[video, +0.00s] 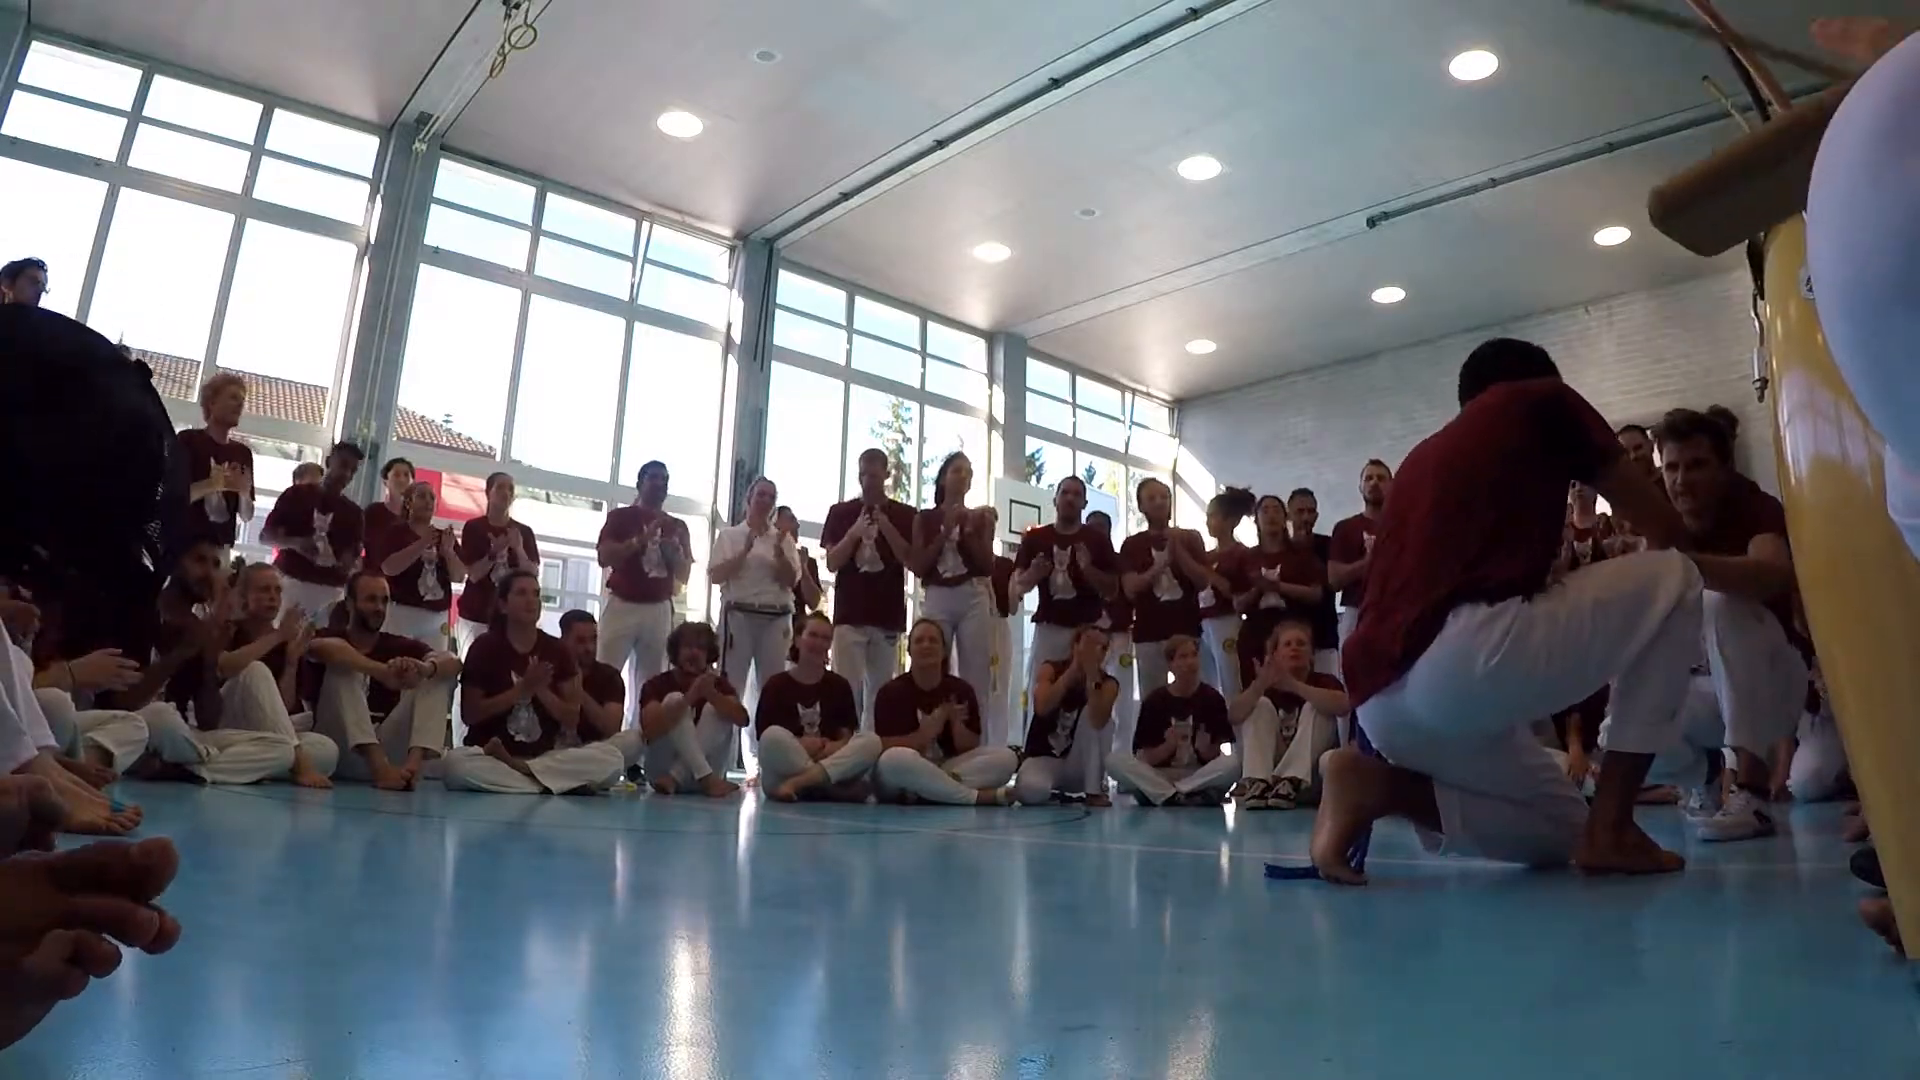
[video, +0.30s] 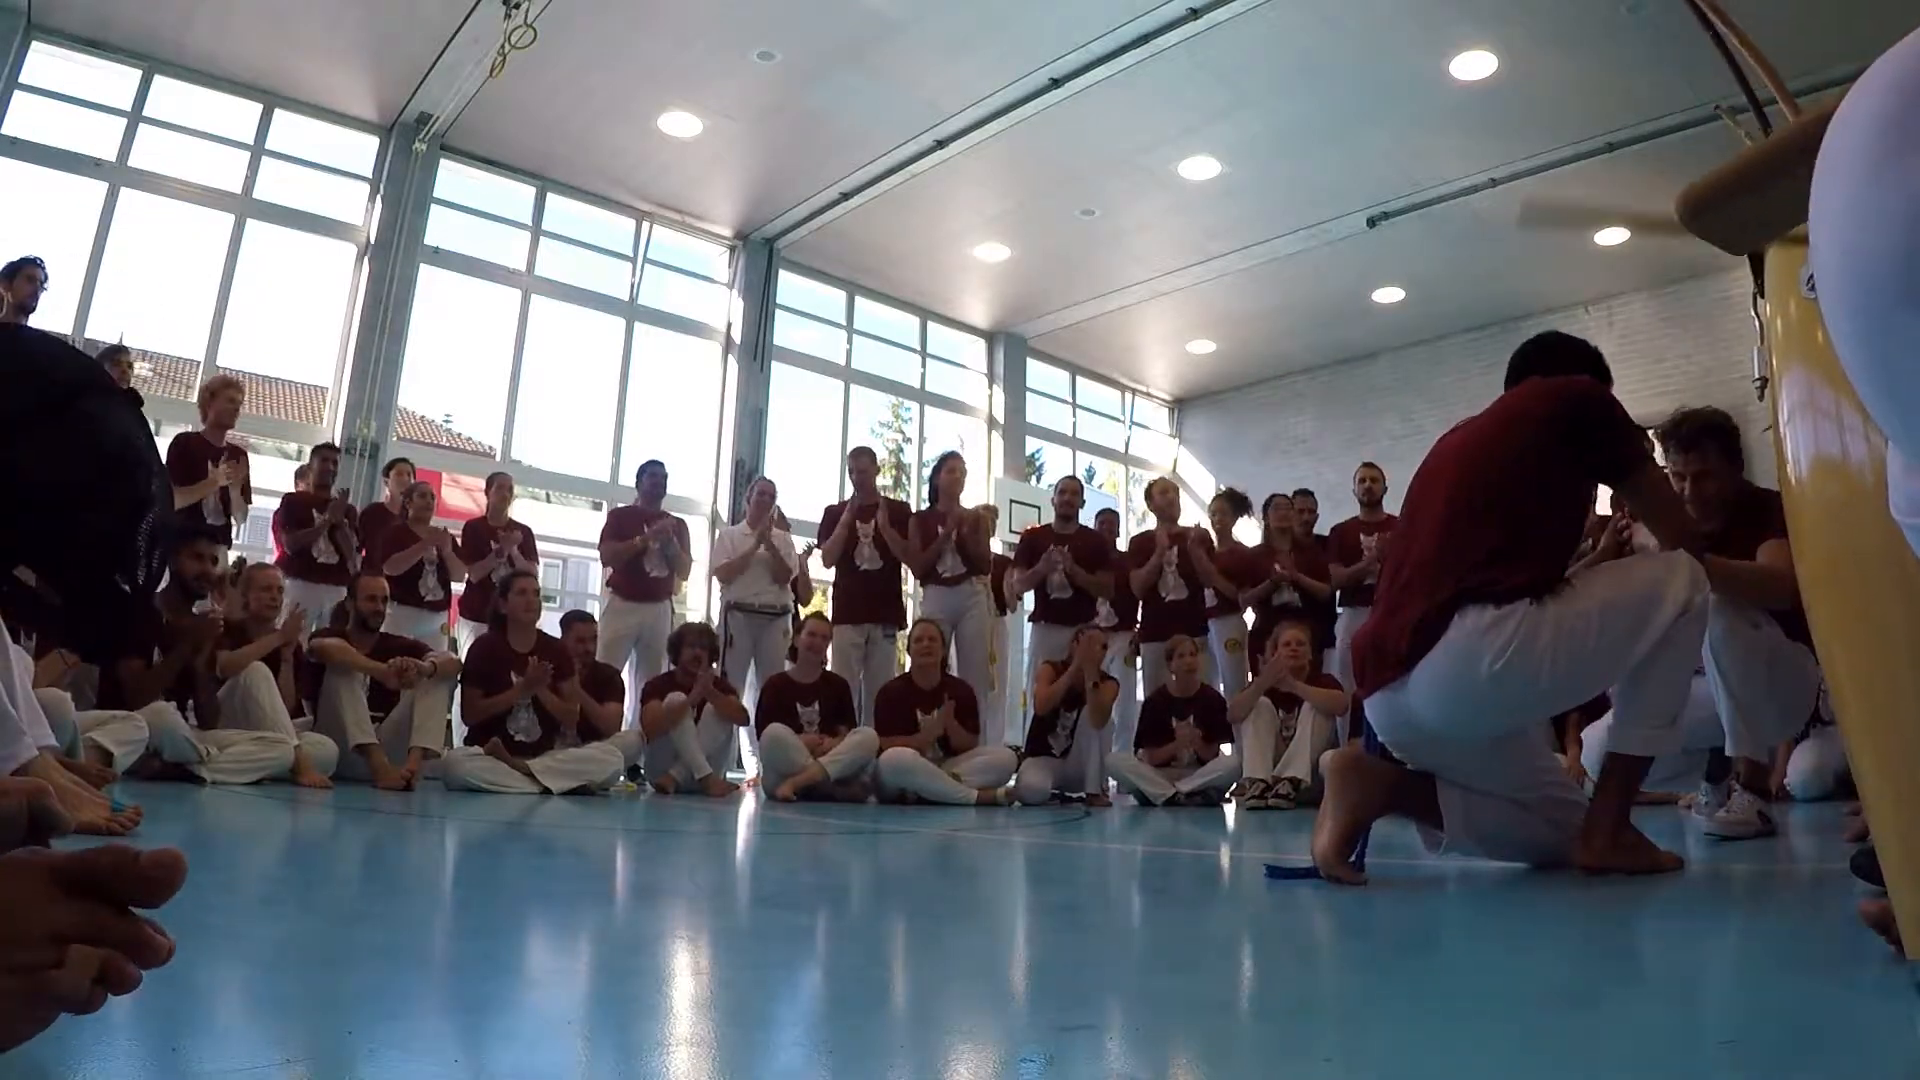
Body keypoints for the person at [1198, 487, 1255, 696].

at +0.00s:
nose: (1207, 521)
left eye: (1212, 516)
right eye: (1207, 515)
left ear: (1231, 520)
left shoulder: (1242, 554)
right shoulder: (1208, 556)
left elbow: (1236, 591)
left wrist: (1207, 571)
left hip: (1226, 619)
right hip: (1204, 620)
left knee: (1231, 685)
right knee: (1207, 684)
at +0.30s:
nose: (1217, 519)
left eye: (1223, 514)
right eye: (1213, 514)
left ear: (1235, 517)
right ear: (1208, 516)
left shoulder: (1243, 553)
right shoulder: (1206, 554)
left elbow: (1241, 595)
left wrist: (1210, 572)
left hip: (1228, 618)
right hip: (1203, 619)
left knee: (1234, 688)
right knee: (1206, 687)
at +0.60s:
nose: (1218, 518)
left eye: (1224, 512)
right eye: (1214, 513)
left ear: (1236, 516)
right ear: (1208, 516)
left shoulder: (1245, 553)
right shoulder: (1204, 552)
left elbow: (1245, 596)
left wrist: (1214, 576)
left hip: (1230, 620)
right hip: (1202, 622)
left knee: (1235, 690)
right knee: (1206, 690)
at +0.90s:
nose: (1219, 518)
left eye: (1225, 512)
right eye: (1214, 513)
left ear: (1235, 516)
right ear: (1208, 517)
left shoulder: (1245, 554)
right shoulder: (1204, 555)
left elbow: (1243, 595)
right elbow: (1192, 591)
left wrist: (1212, 574)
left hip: (1230, 621)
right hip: (1202, 624)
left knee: (1235, 692)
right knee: (1205, 693)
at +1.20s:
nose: (1217, 518)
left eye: (1222, 512)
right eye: (1212, 513)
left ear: (1234, 515)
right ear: (1207, 517)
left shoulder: (1245, 553)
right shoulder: (1203, 557)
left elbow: (1244, 595)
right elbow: (1194, 591)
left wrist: (1212, 577)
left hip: (1230, 621)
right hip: (1202, 624)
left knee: (1235, 692)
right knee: (1205, 691)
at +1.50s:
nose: (1216, 519)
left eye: (1222, 513)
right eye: (1212, 513)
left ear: (1233, 516)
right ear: (1207, 517)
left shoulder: (1242, 553)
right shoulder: (1202, 558)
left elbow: (1240, 593)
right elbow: (1192, 600)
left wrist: (1211, 576)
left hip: (1229, 621)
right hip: (1201, 622)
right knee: (1202, 683)